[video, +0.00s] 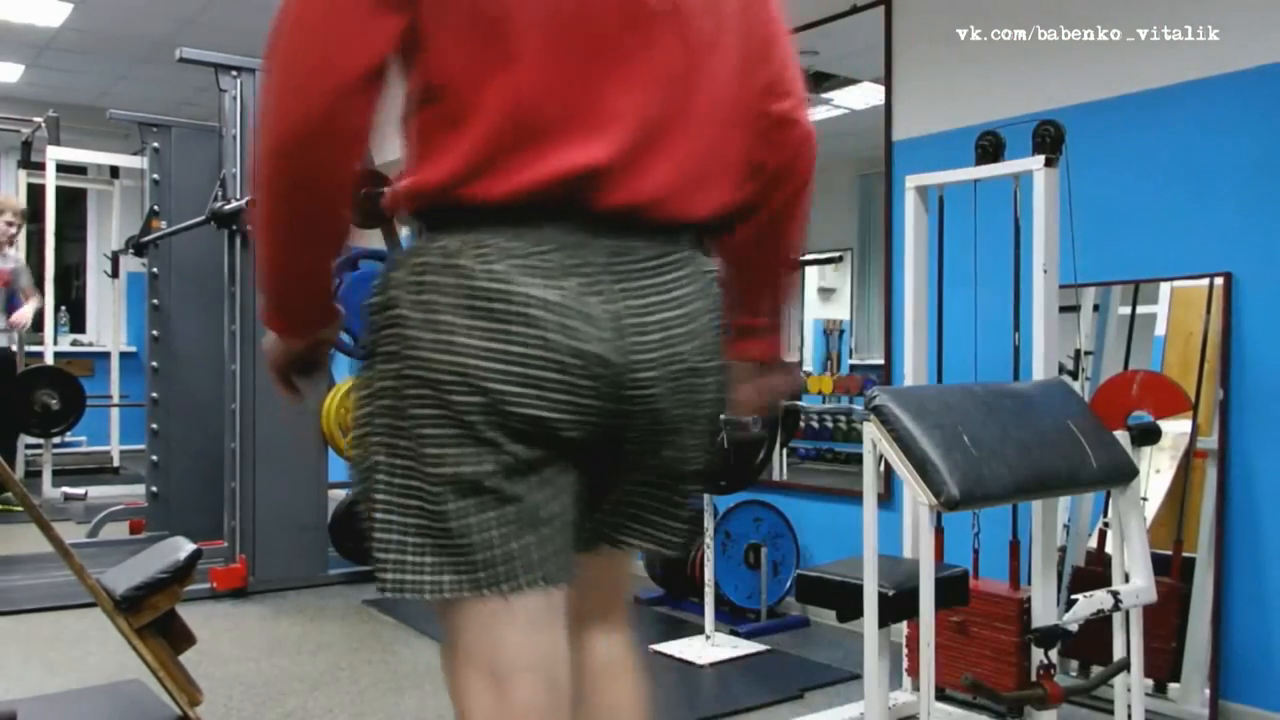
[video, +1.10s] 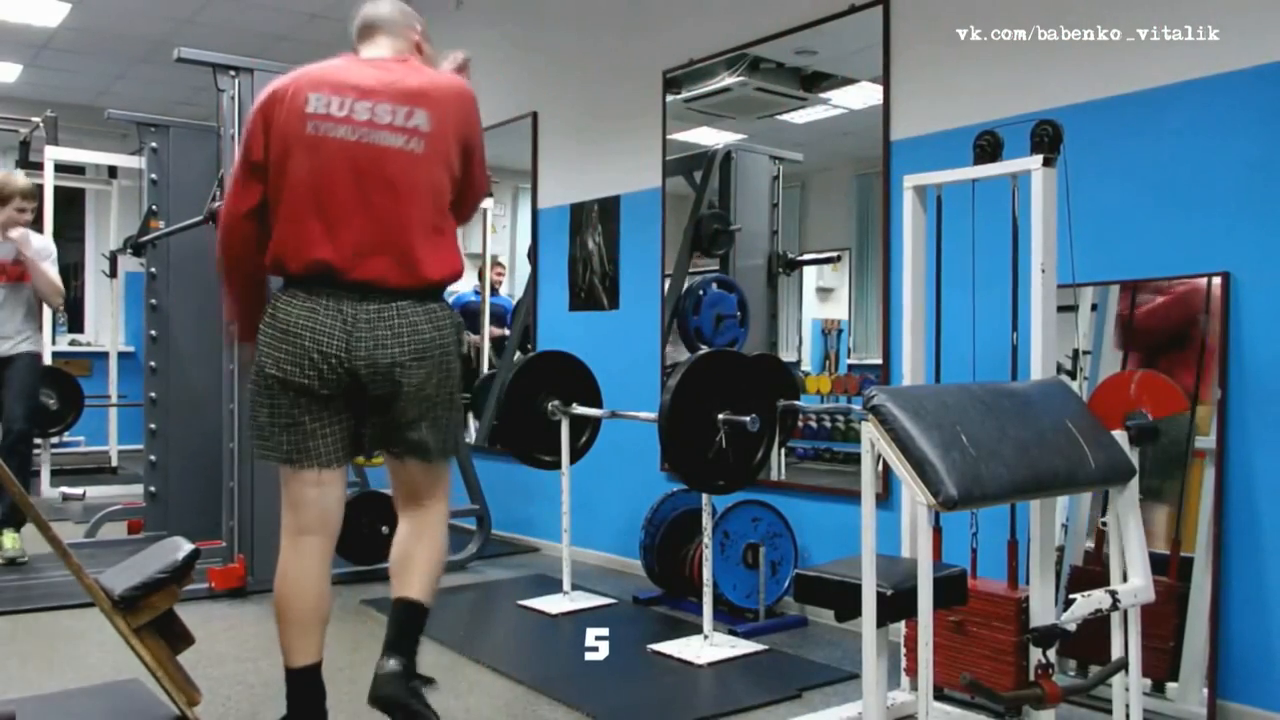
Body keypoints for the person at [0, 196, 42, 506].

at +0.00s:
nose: (12, 230)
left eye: (16, 225)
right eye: (7, 223)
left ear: (20, 229)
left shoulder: (15, 263)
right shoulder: (9, 264)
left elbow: (34, 296)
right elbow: (33, 296)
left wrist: (28, 309)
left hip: (7, 348)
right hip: (4, 349)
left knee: (10, 416)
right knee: (8, 416)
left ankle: (7, 486)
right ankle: (6, 486)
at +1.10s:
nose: (25, 217)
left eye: (30, 211)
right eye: (18, 210)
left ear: (34, 212)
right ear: (2, 210)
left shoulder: (37, 244)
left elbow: (56, 298)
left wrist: (28, 254)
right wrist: (23, 254)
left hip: (20, 348)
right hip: (6, 350)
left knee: (16, 429)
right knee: (11, 432)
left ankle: (11, 526)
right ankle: (8, 526)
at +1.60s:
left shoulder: (11, 227)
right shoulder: (13, 230)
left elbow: (8, 273)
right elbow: (9, 273)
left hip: (7, 346)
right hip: (6, 347)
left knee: (3, 441)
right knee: (3, 441)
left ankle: (7, 525)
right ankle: (5, 525)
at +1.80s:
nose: (3, 261)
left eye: (4, 256)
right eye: (2, 256)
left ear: (7, 258)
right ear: (1, 257)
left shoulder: (6, 278)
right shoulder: (6, 278)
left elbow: (23, 308)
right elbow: (23, 309)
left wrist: (12, 324)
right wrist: (12, 323)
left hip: (3, 350)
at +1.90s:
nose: (14, 261)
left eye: (13, 255)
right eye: (10, 255)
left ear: (11, 257)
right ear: (3, 256)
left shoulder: (6, 282)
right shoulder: (6, 282)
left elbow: (23, 308)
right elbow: (22, 309)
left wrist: (14, 323)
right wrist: (14, 323)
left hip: (4, 351)